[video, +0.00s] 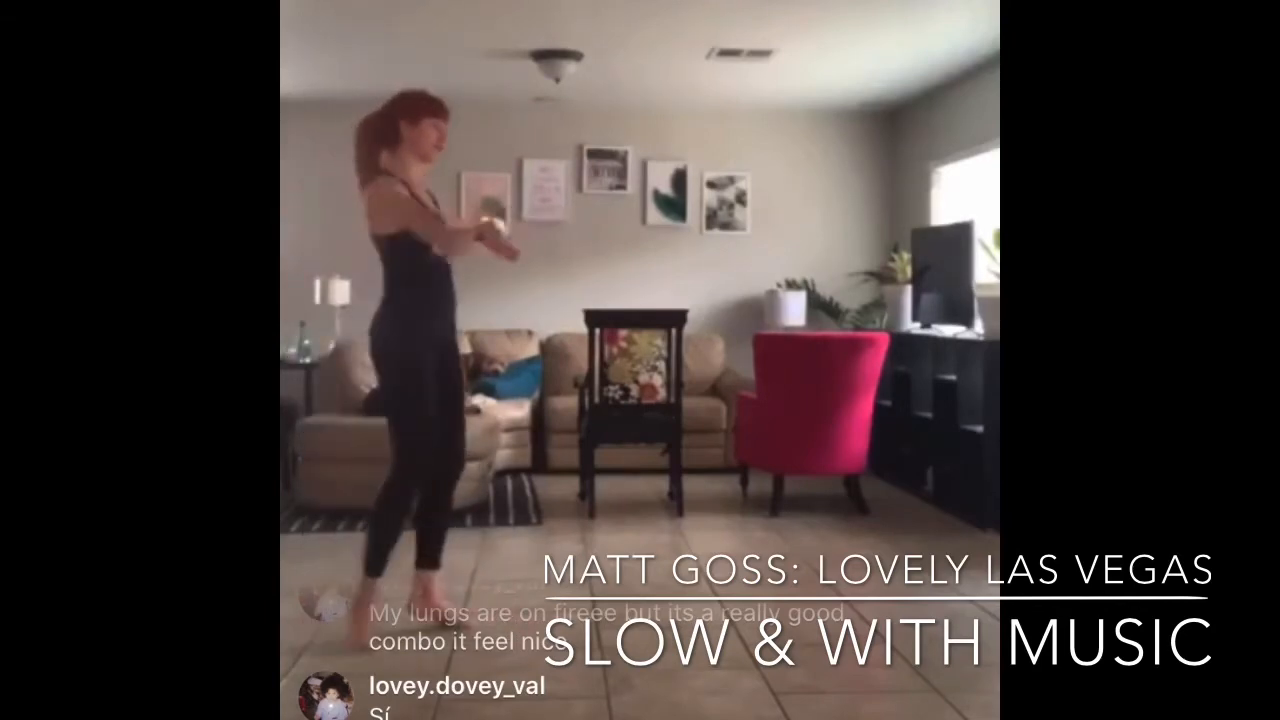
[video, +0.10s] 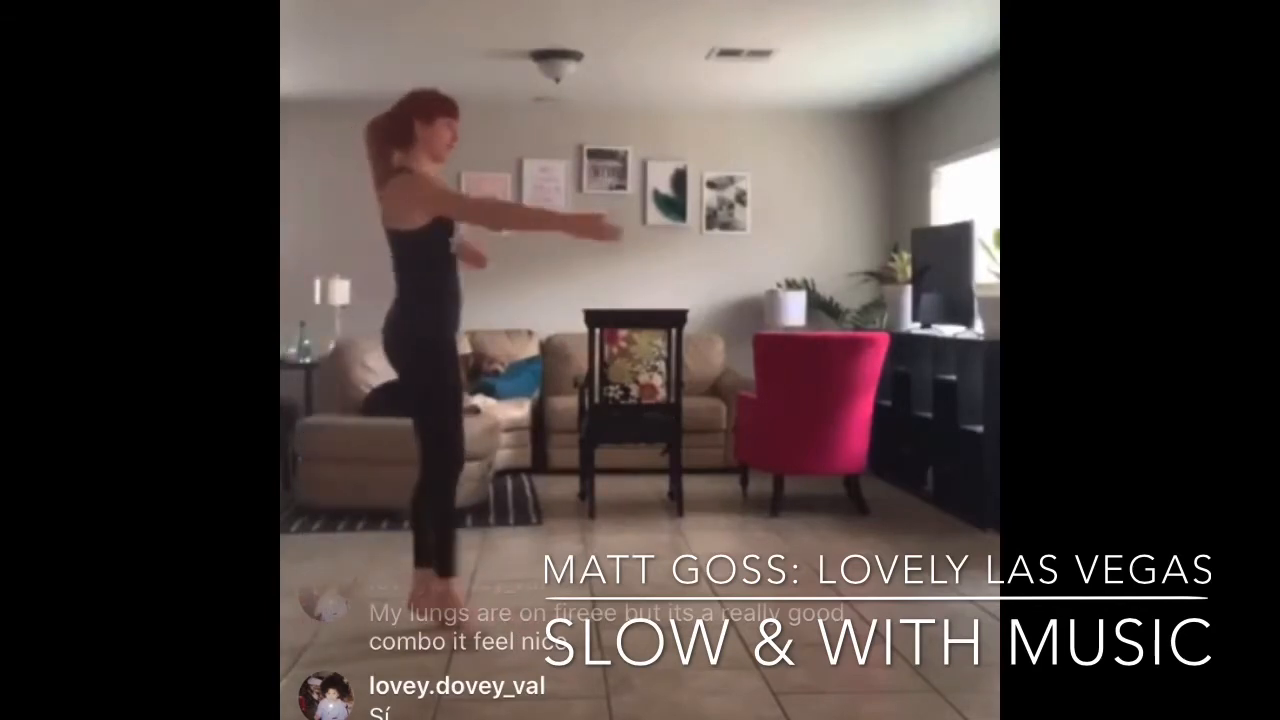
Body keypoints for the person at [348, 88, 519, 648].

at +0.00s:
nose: (441, 138)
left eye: (444, 131)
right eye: (433, 127)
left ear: (431, 137)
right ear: (403, 128)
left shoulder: (426, 192)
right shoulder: (384, 190)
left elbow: (449, 240)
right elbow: (441, 240)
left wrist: (480, 237)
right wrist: (482, 229)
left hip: (440, 338)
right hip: (404, 338)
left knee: (449, 461)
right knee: (412, 463)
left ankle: (427, 588)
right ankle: (366, 595)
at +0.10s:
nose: (454, 139)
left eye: (455, 130)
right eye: (448, 128)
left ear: (421, 129)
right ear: (421, 126)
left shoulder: (399, 185)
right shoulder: (414, 188)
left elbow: (414, 236)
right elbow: (490, 212)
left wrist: (453, 247)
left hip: (417, 331)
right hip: (427, 335)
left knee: (437, 458)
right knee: (446, 460)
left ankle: (426, 582)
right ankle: (441, 585)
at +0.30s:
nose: (470, 135)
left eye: (467, 125)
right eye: (465, 126)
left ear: (417, 136)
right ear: (450, 132)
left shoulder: (392, 192)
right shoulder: (477, 187)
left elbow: (348, 247)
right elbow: (541, 226)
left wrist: (389, 257)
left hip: (409, 337)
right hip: (463, 337)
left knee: (429, 459)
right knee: (475, 461)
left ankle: (425, 581)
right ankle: (490, 571)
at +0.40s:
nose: (463, 135)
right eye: (465, 125)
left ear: (418, 129)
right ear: (465, 128)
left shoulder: (399, 187)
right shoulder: (492, 185)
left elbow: (352, 254)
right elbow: (505, 237)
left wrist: (398, 265)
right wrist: (471, 238)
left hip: (419, 329)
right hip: (476, 329)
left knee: (430, 460)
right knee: (468, 452)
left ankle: (438, 586)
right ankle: (463, 573)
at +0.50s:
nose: (421, 139)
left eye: (423, 130)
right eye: (420, 130)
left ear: (439, 130)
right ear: (466, 129)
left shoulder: (435, 183)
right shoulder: (481, 184)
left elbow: (396, 256)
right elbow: (441, 251)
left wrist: (360, 268)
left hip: (443, 333)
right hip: (478, 330)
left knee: (440, 454)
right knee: (456, 451)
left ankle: (459, 583)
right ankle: (464, 575)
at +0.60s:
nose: (422, 135)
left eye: (430, 126)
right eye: (423, 126)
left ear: (458, 131)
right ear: (447, 133)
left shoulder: (475, 183)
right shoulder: (441, 186)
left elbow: (464, 262)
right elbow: (414, 252)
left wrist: (406, 287)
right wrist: (375, 288)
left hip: (465, 331)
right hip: (439, 330)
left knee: (447, 454)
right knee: (443, 454)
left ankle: (476, 575)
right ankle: (462, 571)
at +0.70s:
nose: (446, 135)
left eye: (457, 128)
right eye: (442, 126)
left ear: (479, 136)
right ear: (434, 132)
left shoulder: (494, 192)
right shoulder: (413, 193)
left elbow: (509, 272)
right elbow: (377, 262)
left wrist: (470, 315)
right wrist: (358, 317)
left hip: (480, 333)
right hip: (425, 333)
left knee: (463, 452)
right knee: (437, 453)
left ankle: (478, 576)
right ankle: (450, 568)